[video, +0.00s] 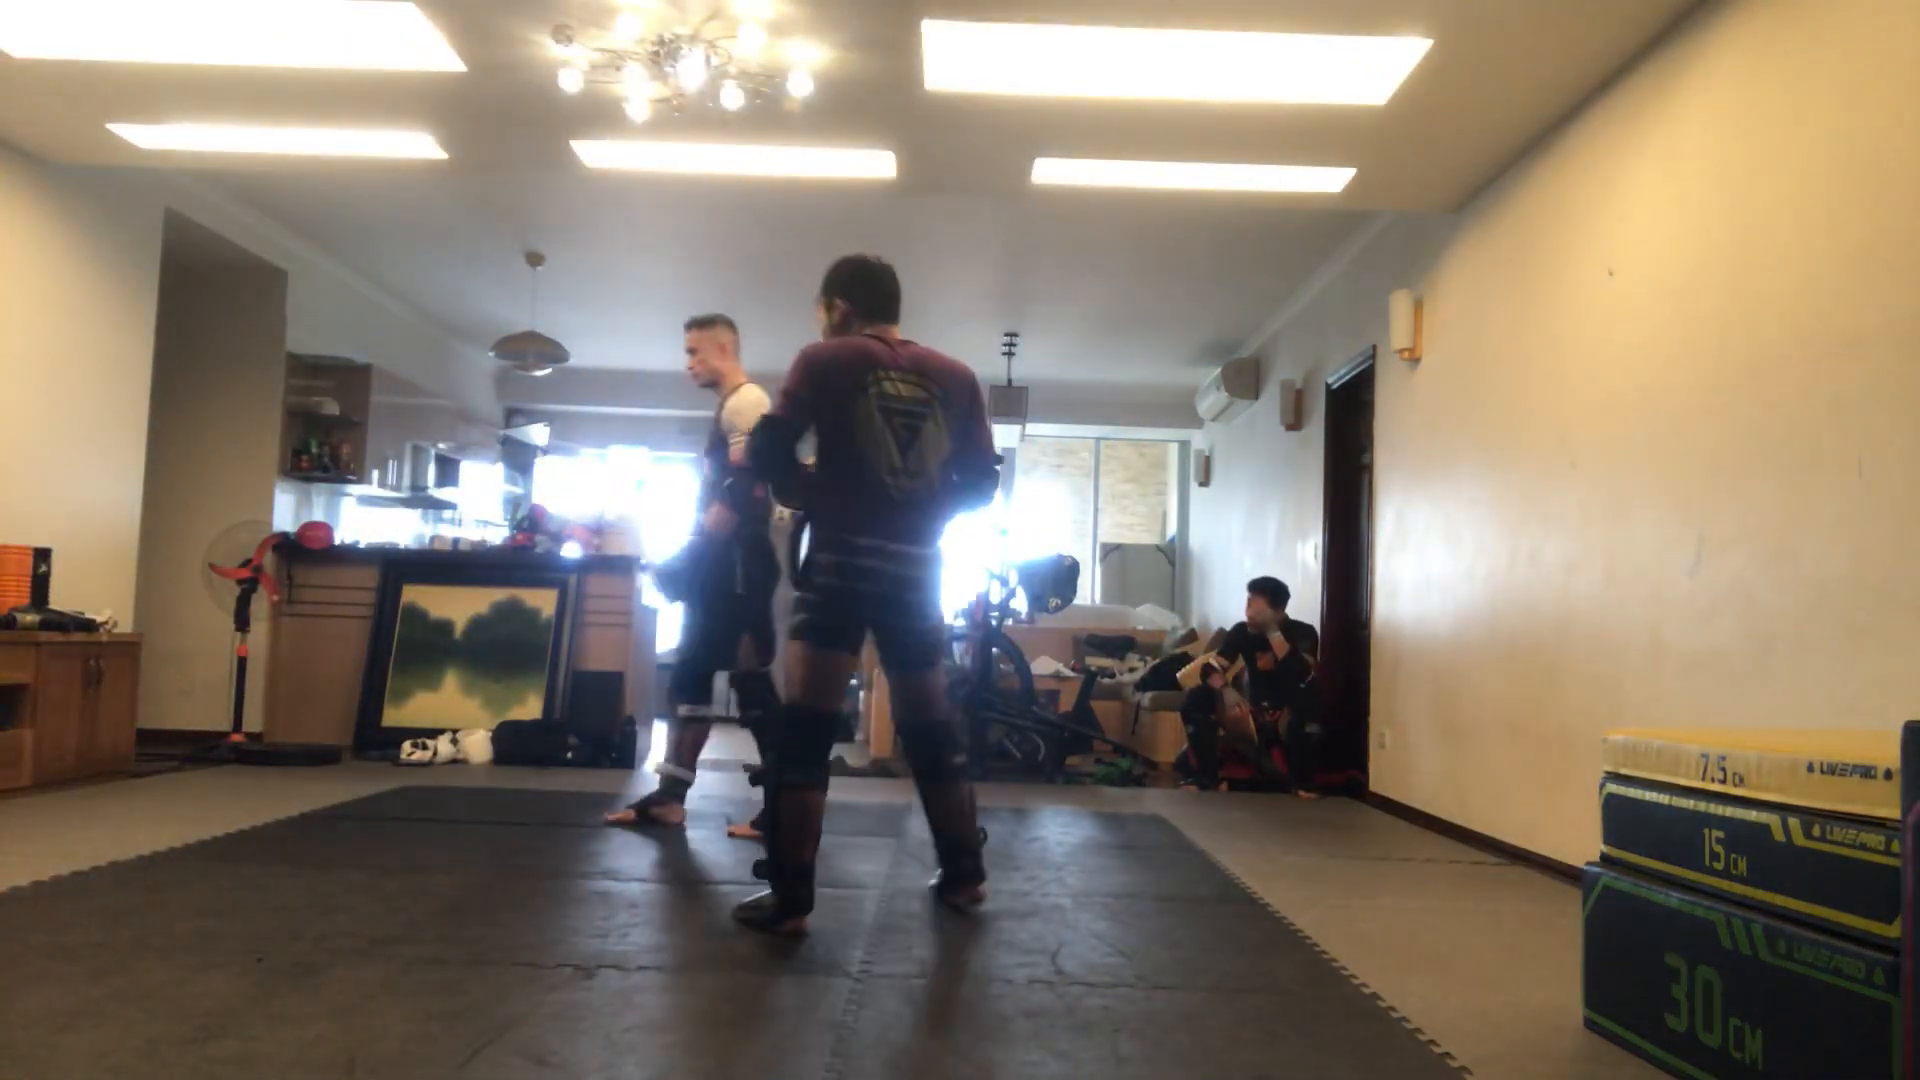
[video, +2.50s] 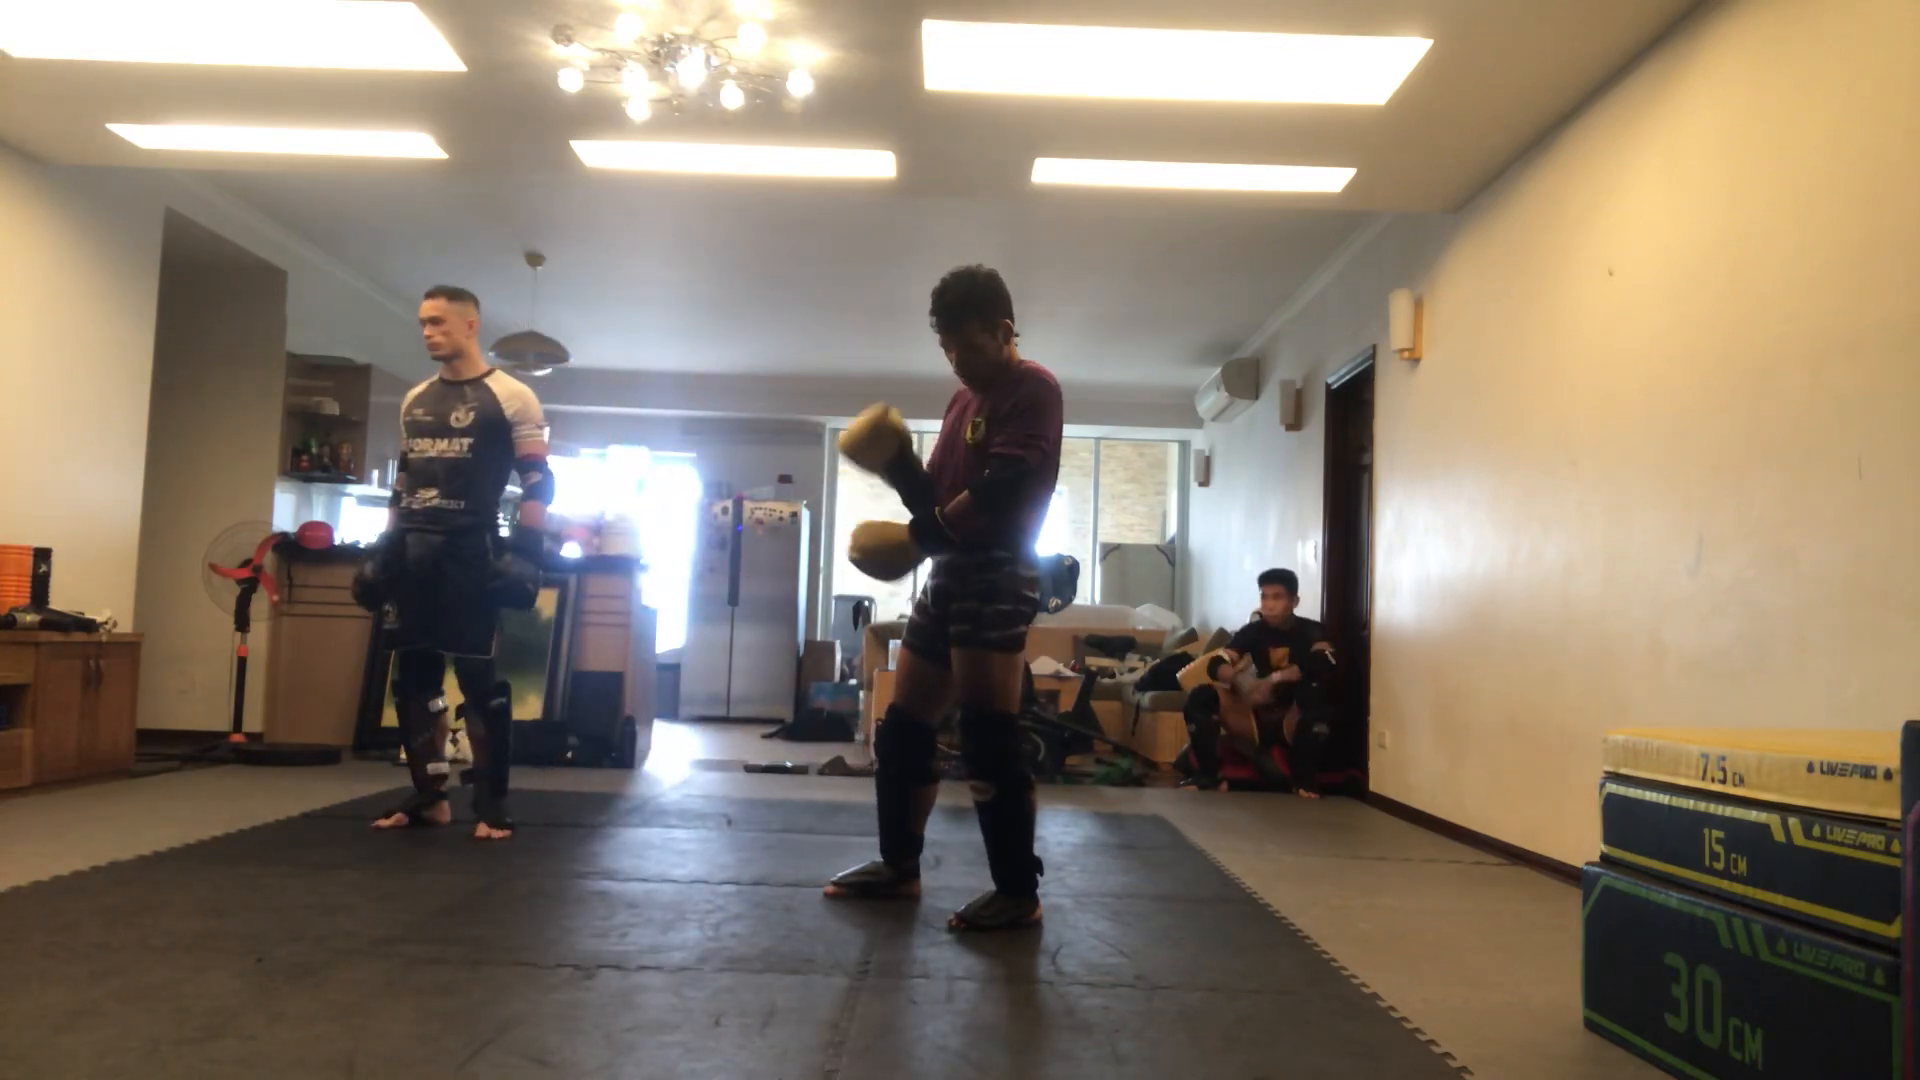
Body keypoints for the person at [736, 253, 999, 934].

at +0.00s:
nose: (821, 324)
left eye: (822, 315)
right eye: (821, 316)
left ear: (839, 310)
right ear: (894, 311)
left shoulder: (822, 361)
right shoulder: (957, 377)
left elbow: (768, 454)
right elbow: (980, 480)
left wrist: (813, 496)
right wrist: (919, 507)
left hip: (837, 567)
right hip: (913, 573)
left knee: (807, 726)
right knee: (930, 725)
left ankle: (791, 898)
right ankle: (963, 877)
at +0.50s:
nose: (901, 354)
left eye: (899, 340)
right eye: (896, 342)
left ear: (924, 324)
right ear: (951, 326)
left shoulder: (935, 374)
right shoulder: (1000, 382)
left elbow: (897, 474)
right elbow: (965, 490)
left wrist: (841, 459)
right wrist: (880, 522)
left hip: (947, 568)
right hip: (992, 568)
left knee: (898, 723)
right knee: (971, 727)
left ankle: (960, 873)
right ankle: (979, 880)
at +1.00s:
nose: (915, 371)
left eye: (916, 356)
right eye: (908, 360)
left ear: (954, 334)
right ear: (951, 339)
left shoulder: (993, 387)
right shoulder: (970, 394)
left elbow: (977, 511)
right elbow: (956, 500)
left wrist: (913, 531)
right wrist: (914, 522)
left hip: (978, 586)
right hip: (948, 586)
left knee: (977, 732)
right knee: (915, 727)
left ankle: (1017, 891)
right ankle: (968, 865)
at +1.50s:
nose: (913, 363)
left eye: (917, 347)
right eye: (905, 351)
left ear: (960, 334)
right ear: (924, 345)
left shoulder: (1000, 386)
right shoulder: (931, 399)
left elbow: (967, 489)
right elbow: (900, 482)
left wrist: (900, 535)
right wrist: (851, 492)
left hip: (974, 576)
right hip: (922, 577)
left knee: (972, 733)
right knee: (883, 727)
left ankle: (1017, 893)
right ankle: (895, 867)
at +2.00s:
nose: (933, 362)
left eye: (940, 346)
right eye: (926, 349)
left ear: (980, 334)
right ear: (928, 342)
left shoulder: (1016, 387)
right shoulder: (936, 396)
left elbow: (988, 485)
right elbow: (907, 473)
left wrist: (924, 537)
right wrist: (885, 515)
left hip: (991, 578)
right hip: (935, 579)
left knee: (985, 733)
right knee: (893, 727)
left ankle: (1017, 893)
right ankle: (897, 868)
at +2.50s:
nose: (949, 359)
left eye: (958, 343)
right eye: (944, 345)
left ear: (1001, 331)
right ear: (946, 338)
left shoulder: (1034, 390)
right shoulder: (960, 401)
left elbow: (1004, 490)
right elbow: (938, 502)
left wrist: (922, 537)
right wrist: (896, 466)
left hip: (997, 575)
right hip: (945, 574)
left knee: (989, 734)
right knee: (906, 728)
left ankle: (1018, 893)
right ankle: (899, 868)